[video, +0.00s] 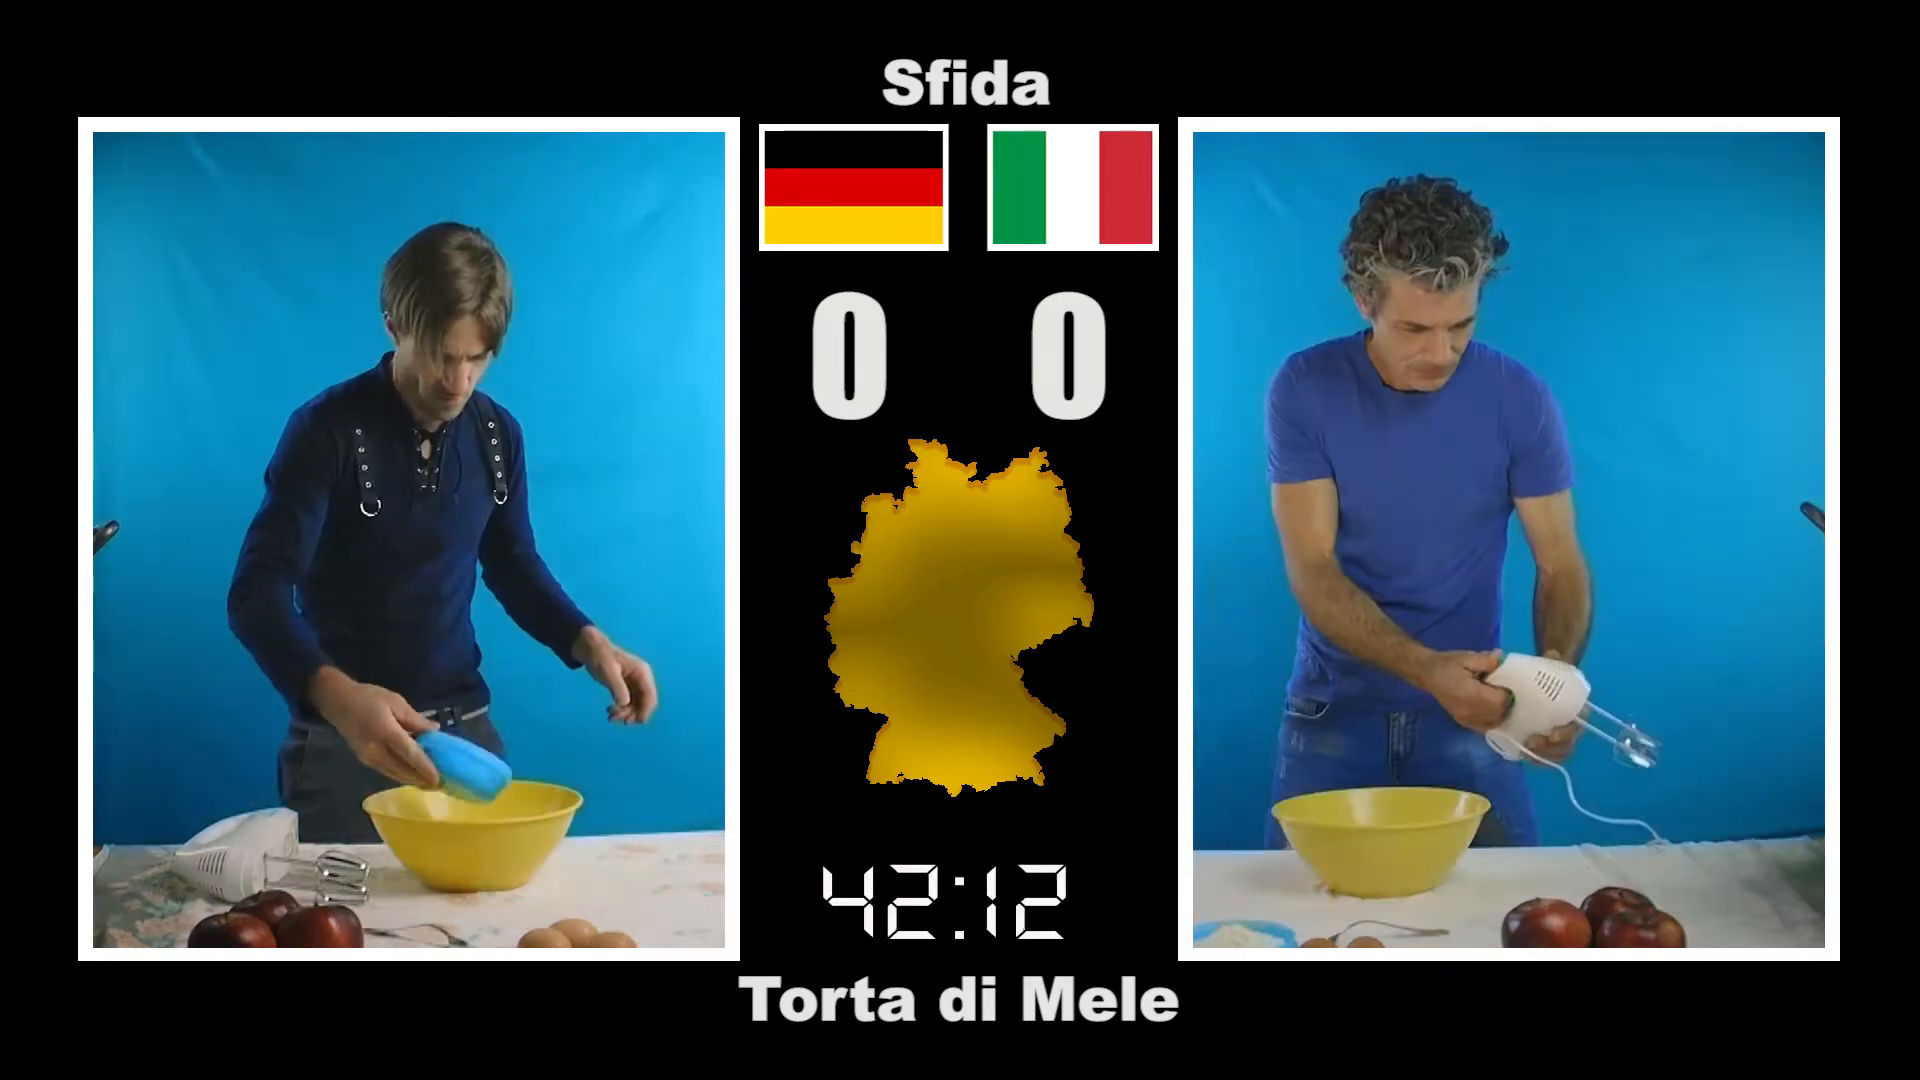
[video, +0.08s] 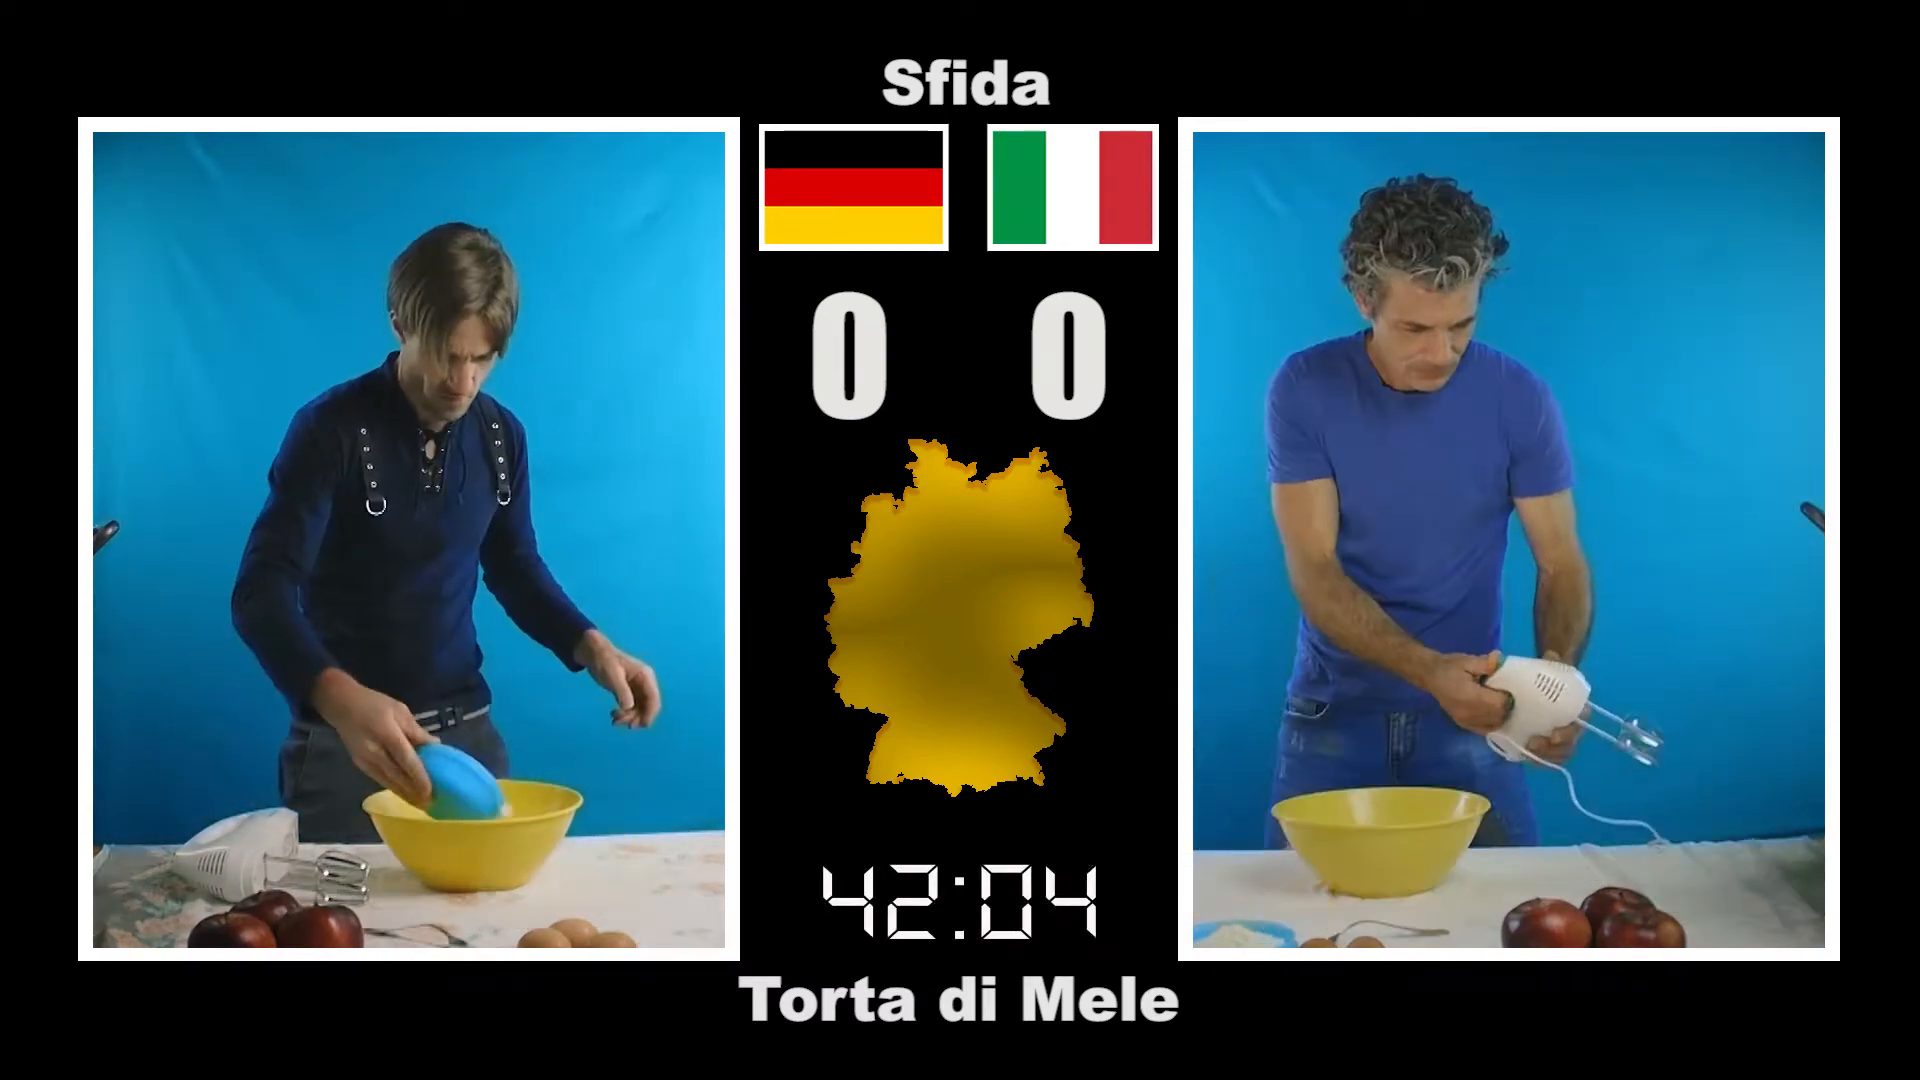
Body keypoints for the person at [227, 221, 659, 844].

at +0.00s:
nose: (458, 380)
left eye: (476, 358)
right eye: (442, 356)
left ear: (494, 344)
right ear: (397, 329)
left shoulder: (495, 437)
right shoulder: (329, 432)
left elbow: (511, 560)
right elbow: (257, 595)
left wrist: (590, 645)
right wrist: (337, 697)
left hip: (463, 737)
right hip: (343, 748)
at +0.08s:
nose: (463, 381)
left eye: (481, 358)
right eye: (447, 357)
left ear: (500, 344)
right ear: (403, 328)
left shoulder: (498, 438)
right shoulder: (333, 432)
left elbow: (513, 564)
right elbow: (262, 592)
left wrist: (593, 650)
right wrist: (337, 697)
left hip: (464, 740)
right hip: (344, 751)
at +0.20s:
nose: (469, 382)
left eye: (487, 359)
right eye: (453, 356)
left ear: (506, 346)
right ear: (409, 329)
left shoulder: (502, 438)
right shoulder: (338, 430)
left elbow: (520, 569)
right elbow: (270, 592)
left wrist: (603, 652)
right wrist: (353, 701)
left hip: (467, 743)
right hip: (346, 751)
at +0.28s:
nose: (472, 381)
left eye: (490, 359)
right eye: (456, 357)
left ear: (509, 346)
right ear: (412, 328)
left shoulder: (505, 438)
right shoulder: (340, 431)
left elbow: (523, 569)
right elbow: (274, 594)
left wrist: (608, 652)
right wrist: (365, 702)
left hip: (468, 739)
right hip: (348, 748)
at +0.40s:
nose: (473, 381)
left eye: (493, 358)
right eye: (458, 356)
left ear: (511, 344)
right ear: (414, 327)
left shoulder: (506, 438)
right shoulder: (341, 430)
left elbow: (528, 571)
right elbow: (277, 594)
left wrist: (616, 650)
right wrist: (372, 702)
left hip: (470, 738)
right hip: (350, 748)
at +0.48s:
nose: (475, 380)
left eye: (494, 358)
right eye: (460, 356)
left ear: (512, 343)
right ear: (415, 326)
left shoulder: (506, 438)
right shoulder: (341, 430)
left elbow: (529, 572)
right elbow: (277, 596)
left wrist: (618, 648)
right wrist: (372, 702)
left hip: (470, 737)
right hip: (350, 748)